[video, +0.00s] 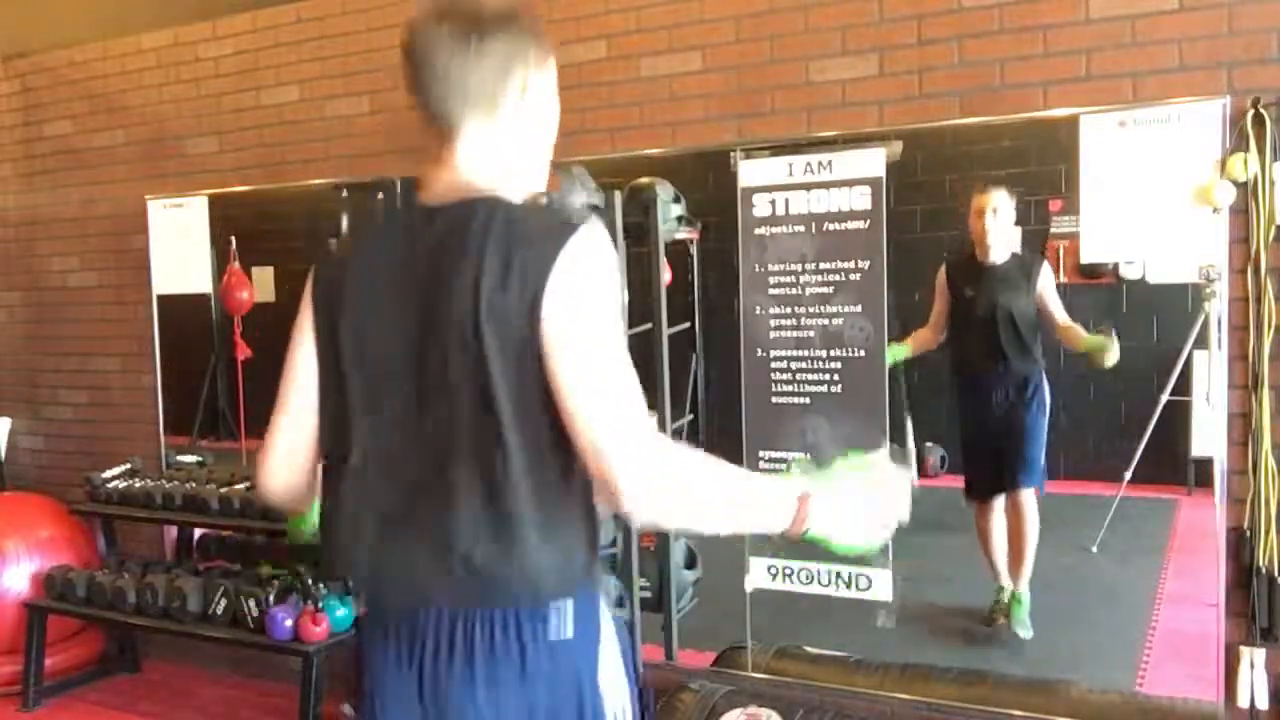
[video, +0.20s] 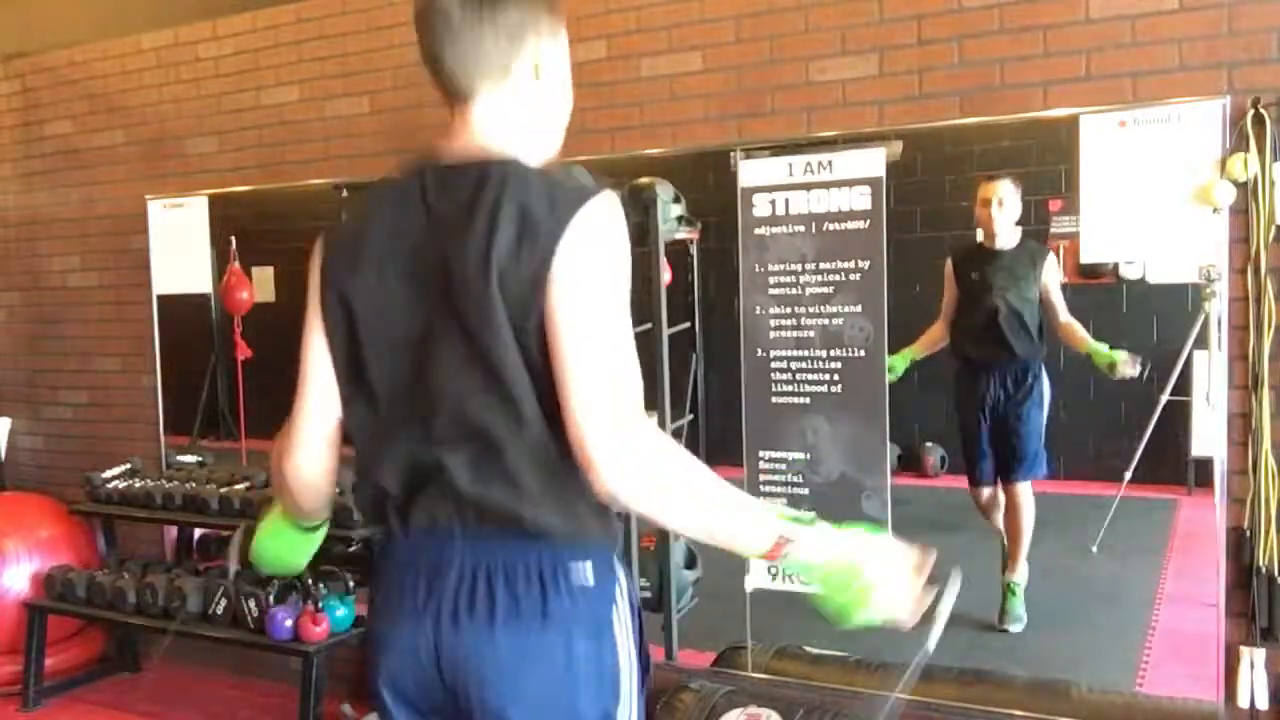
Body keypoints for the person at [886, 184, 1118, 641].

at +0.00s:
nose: (987, 222)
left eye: (996, 213)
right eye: (980, 213)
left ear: (1013, 220)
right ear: (969, 220)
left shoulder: (1035, 270)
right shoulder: (952, 272)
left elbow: (1062, 325)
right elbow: (934, 331)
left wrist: (1092, 343)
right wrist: (898, 350)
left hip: (1025, 390)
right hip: (976, 391)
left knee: (1021, 490)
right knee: (984, 496)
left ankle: (1020, 592)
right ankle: (1003, 587)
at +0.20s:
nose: (990, 212)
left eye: (1000, 204)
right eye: (984, 203)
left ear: (1019, 210)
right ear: (974, 209)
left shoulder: (1040, 260)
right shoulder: (959, 260)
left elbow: (1062, 321)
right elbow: (945, 323)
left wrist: (1099, 353)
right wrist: (905, 357)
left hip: (1024, 378)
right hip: (973, 379)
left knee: (1016, 483)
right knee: (983, 494)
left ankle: (1014, 582)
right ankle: (1012, 537)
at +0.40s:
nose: (1000, 228)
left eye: (1008, 219)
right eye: (992, 220)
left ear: (1023, 225)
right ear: (980, 227)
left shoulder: (1044, 276)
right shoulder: (964, 275)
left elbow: (1072, 331)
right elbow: (944, 334)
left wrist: (1101, 350)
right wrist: (901, 351)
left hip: (1024, 398)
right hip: (974, 398)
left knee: (1018, 502)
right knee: (974, 503)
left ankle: (1013, 592)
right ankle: (991, 538)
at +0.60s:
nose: (993, 211)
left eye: (1003, 203)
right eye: (987, 202)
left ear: (1021, 208)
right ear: (976, 208)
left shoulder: (1042, 258)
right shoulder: (961, 257)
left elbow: (1062, 322)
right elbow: (945, 321)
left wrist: (1101, 358)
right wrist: (905, 356)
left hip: (1020, 379)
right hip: (969, 376)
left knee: (1009, 482)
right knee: (966, 481)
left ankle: (1004, 583)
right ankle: (967, 580)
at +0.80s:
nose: (991, 230)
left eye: (1001, 222)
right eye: (984, 221)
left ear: (1017, 228)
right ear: (974, 228)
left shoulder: (1038, 277)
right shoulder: (957, 277)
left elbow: (1065, 330)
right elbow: (940, 333)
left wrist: (1095, 349)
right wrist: (900, 347)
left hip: (1015, 400)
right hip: (966, 399)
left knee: (1006, 501)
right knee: (958, 498)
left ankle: (1003, 590)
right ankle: (963, 596)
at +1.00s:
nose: (982, 209)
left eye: (991, 200)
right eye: (976, 200)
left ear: (1009, 206)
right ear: (967, 207)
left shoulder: (1031, 256)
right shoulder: (951, 256)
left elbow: (1054, 318)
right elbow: (937, 321)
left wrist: (1091, 351)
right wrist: (897, 358)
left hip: (1013, 374)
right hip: (963, 374)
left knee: (1003, 481)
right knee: (967, 485)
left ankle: (1006, 546)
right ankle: (976, 580)